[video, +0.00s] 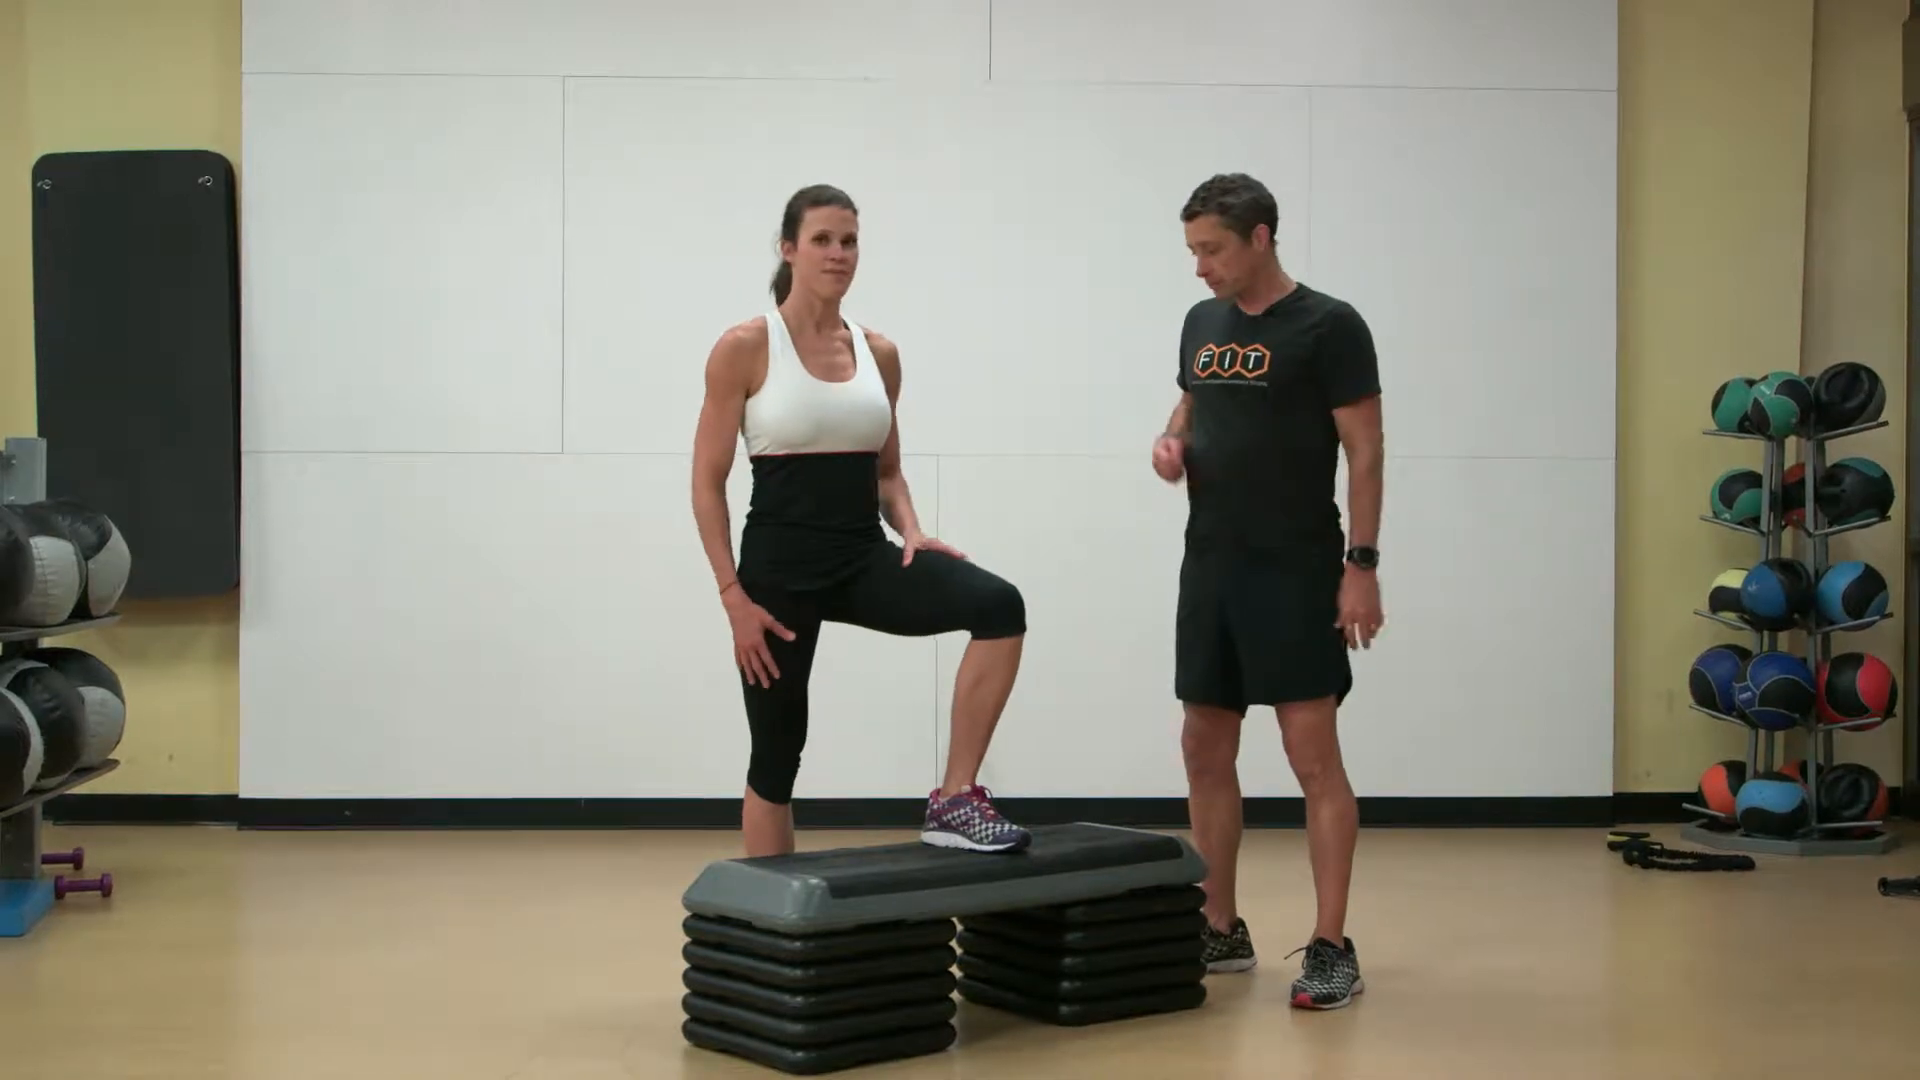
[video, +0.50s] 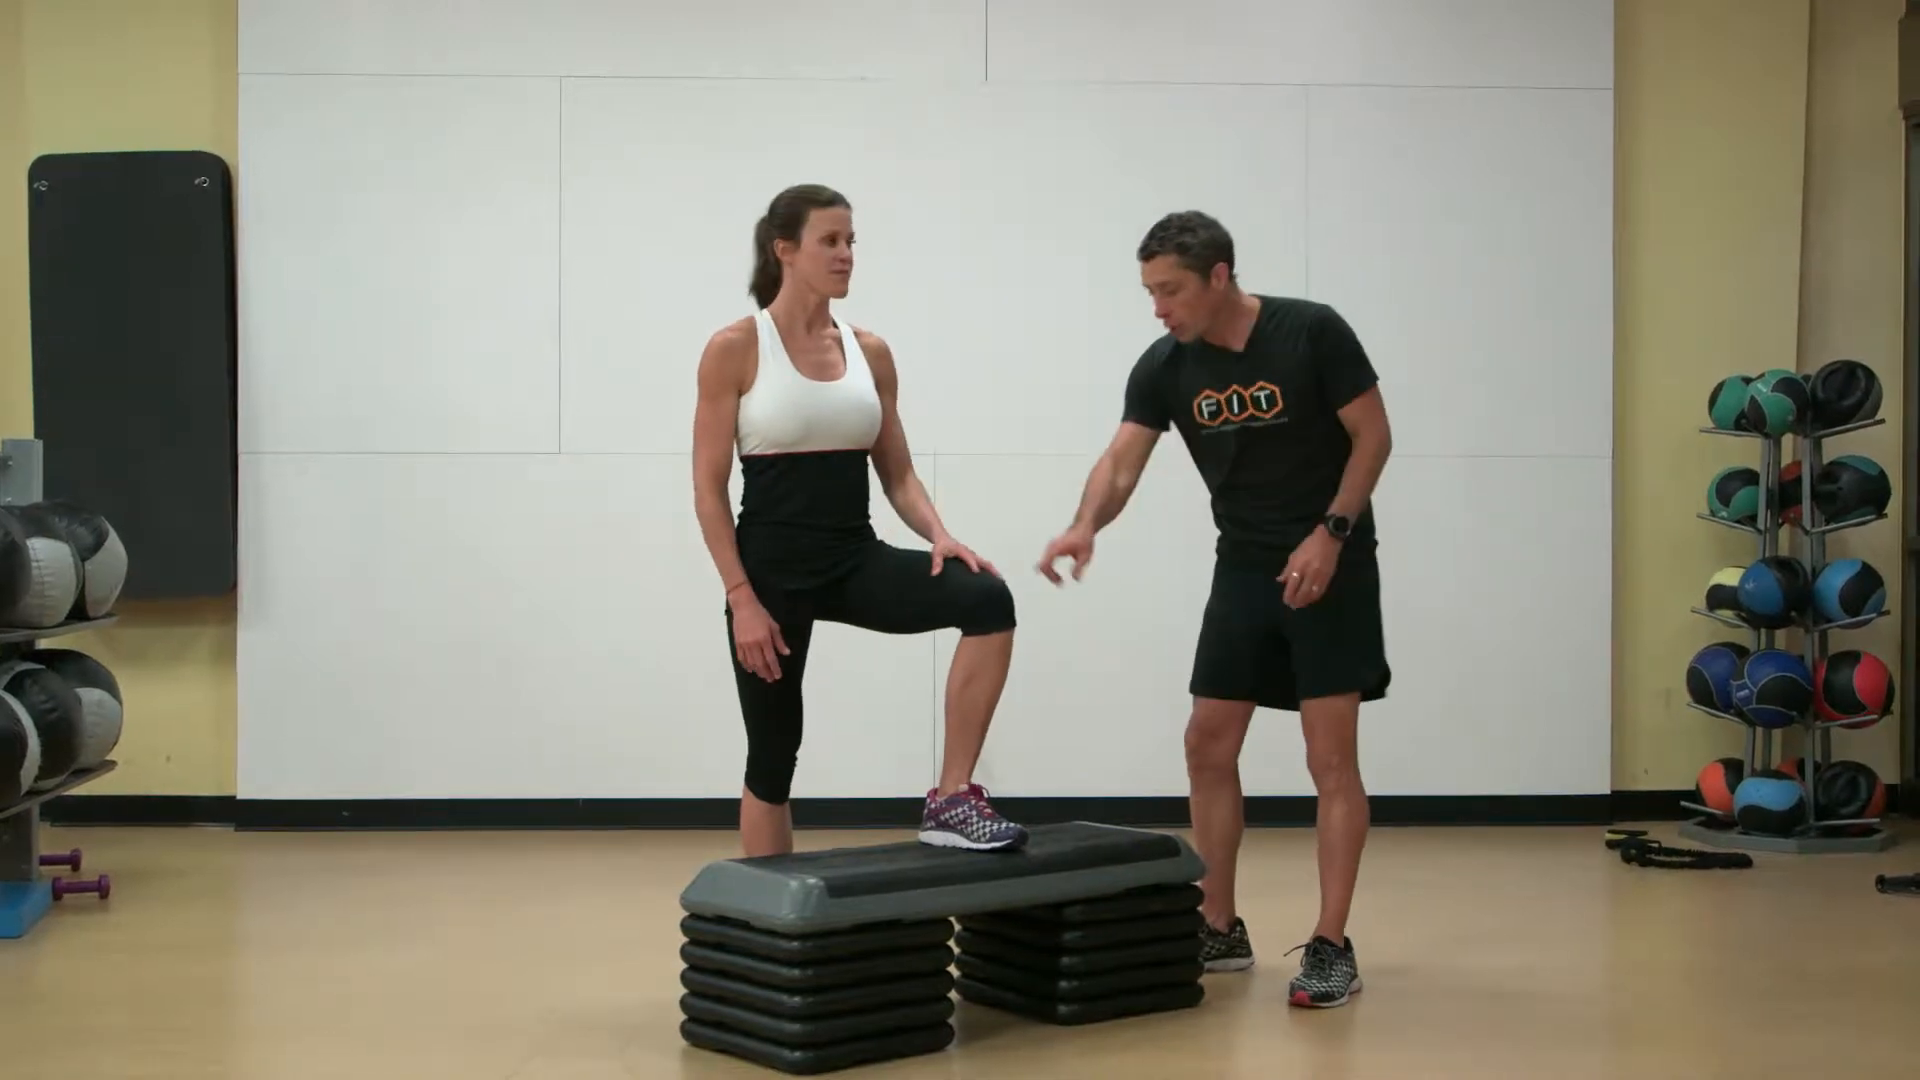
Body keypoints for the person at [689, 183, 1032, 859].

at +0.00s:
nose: (839, 254)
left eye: (849, 242)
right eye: (823, 241)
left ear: (860, 252)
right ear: (789, 250)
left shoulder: (878, 356)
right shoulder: (746, 349)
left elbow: (889, 470)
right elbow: (707, 484)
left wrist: (912, 532)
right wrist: (732, 597)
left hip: (860, 561)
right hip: (779, 568)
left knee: (999, 606)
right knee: (775, 766)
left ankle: (956, 797)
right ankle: (768, 934)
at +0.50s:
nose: (846, 254)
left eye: (850, 242)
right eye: (831, 242)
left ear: (851, 248)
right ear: (785, 250)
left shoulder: (868, 354)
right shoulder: (736, 350)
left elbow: (897, 474)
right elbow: (708, 489)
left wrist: (940, 534)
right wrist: (742, 598)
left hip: (852, 559)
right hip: (771, 568)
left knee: (987, 600)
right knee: (772, 765)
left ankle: (953, 796)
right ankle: (767, 933)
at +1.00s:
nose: (846, 257)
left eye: (846, 244)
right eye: (833, 245)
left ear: (800, 252)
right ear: (784, 252)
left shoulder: (855, 348)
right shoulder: (723, 353)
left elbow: (878, 467)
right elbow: (700, 493)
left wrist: (915, 529)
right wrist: (728, 607)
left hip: (847, 557)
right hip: (767, 566)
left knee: (975, 604)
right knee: (769, 760)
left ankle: (951, 797)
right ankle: (766, 930)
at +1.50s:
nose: (832, 262)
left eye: (832, 248)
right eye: (818, 249)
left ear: (794, 254)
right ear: (769, 253)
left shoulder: (842, 342)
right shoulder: (716, 357)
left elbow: (867, 462)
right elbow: (698, 500)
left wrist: (904, 523)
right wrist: (730, 612)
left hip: (845, 556)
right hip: (767, 568)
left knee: (974, 602)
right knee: (767, 760)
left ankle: (949, 797)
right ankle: (763, 929)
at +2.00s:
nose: (830, 281)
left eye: (837, 266)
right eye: (817, 266)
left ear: (842, 264)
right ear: (771, 258)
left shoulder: (851, 347)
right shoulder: (725, 361)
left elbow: (875, 468)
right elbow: (705, 502)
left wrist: (915, 531)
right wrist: (734, 616)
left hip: (852, 560)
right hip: (775, 571)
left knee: (980, 606)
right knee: (773, 764)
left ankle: (951, 800)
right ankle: (766, 933)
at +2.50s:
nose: (846, 288)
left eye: (855, 274)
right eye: (833, 272)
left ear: (861, 270)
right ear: (789, 261)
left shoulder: (869, 350)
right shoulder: (739, 360)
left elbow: (891, 468)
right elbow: (717, 500)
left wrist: (924, 535)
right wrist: (745, 613)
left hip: (861, 561)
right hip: (782, 570)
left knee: (982, 611)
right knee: (776, 766)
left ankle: (951, 803)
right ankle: (767, 932)